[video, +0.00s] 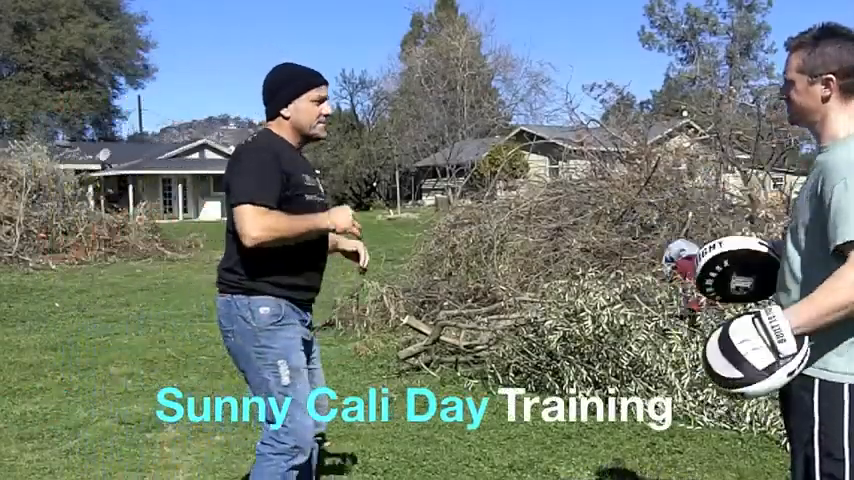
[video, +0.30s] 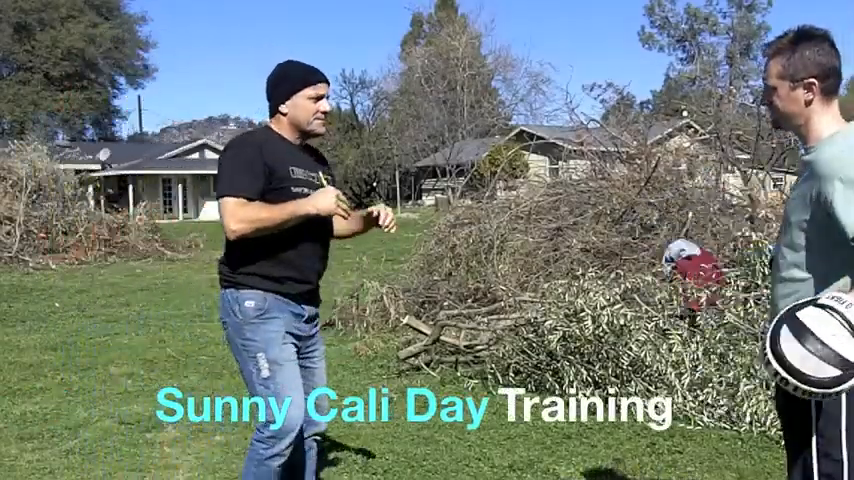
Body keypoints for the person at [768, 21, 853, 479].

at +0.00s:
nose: (784, 94)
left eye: (791, 84)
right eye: (785, 84)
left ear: (826, 87)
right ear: (826, 87)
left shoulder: (841, 167)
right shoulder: (828, 163)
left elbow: (853, 270)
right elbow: (816, 254)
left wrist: (777, 327)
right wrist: (759, 263)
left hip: (832, 374)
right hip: (814, 368)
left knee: (827, 472)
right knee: (812, 470)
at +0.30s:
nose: (764, 100)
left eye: (770, 88)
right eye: (765, 89)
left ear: (808, 90)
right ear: (809, 90)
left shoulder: (835, 170)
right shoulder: (818, 160)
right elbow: (826, 257)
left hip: (827, 372)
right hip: (806, 365)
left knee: (826, 470)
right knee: (807, 467)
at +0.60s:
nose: (758, 105)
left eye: (764, 92)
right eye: (759, 93)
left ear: (802, 90)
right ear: (804, 90)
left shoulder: (829, 160)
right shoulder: (825, 154)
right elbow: (826, 260)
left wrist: (793, 311)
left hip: (827, 377)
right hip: (819, 372)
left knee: (823, 472)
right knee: (817, 470)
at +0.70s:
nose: (760, 106)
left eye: (765, 93)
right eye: (760, 94)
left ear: (803, 90)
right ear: (805, 90)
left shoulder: (828, 160)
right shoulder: (833, 149)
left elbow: (853, 256)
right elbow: (830, 250)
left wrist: (778, 308)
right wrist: (786, 230)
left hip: (825, 376)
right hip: (822, 372)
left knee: (822, 472)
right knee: (819, 469)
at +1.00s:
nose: (767, 106)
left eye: (772, 93)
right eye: (767, 94)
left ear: (809, 88)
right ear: (813, 89)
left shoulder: (823, 160)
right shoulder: (843, 148)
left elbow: (799, 278)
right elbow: (827, 257)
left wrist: (696, 294)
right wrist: (753, 251)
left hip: (825, 377)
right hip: (839, 372)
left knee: (819, 470)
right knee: (826, 468)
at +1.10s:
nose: (769, 106)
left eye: (773, 93)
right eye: (769, 94)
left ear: (809, 88)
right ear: (814, 87)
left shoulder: (820, 160)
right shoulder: (844, 147)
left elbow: (789, 278)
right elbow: (824, 256)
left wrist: (693, 288)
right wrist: (751, 259)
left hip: (826, 374)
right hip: (840, 370)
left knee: (821, 471)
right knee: (828, 469)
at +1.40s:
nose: (765, 108)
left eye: (767, 95)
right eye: (763, 96)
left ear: (801, 89)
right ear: (812, 87)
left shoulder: (807, 162)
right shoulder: (846, 141)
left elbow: (774, 278)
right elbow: (829, 256)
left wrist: (712, 287)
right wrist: (746, 264)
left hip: (829, 372)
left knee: (825, 473)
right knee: (825, 470)